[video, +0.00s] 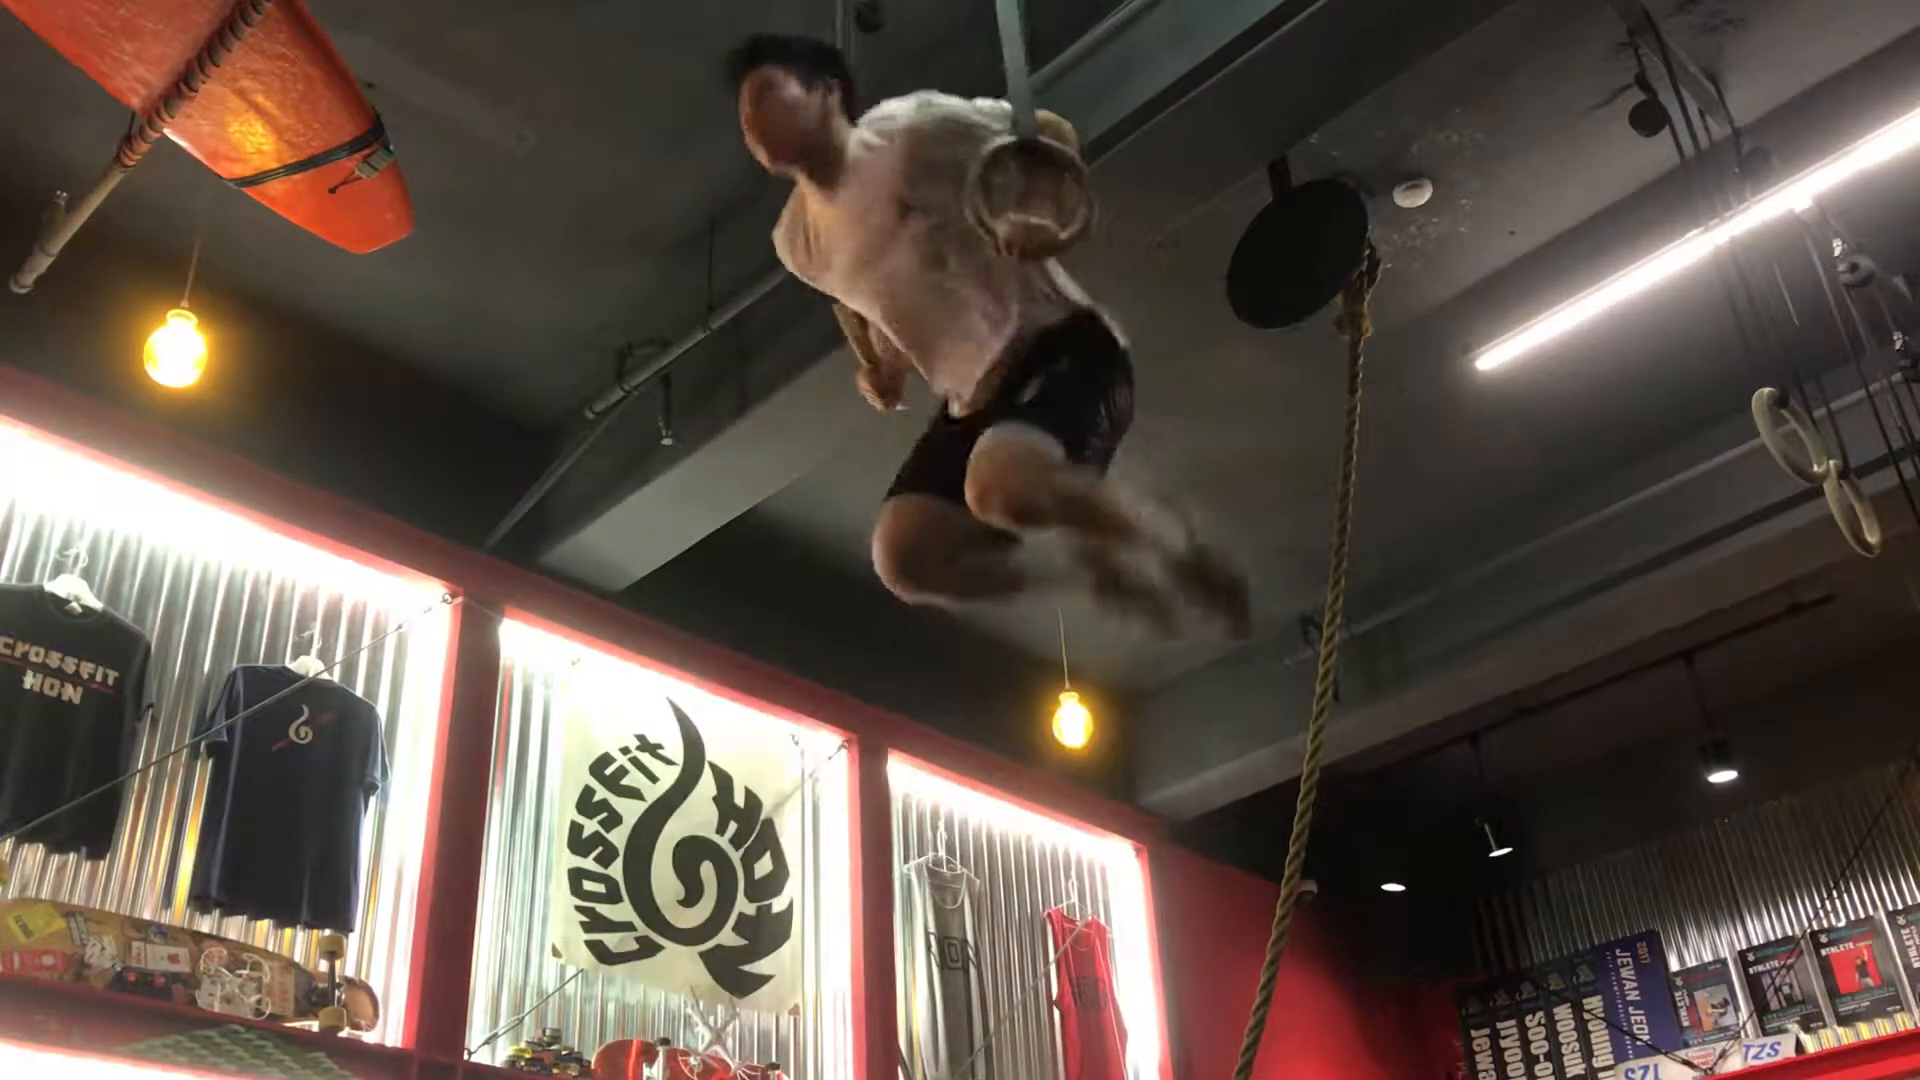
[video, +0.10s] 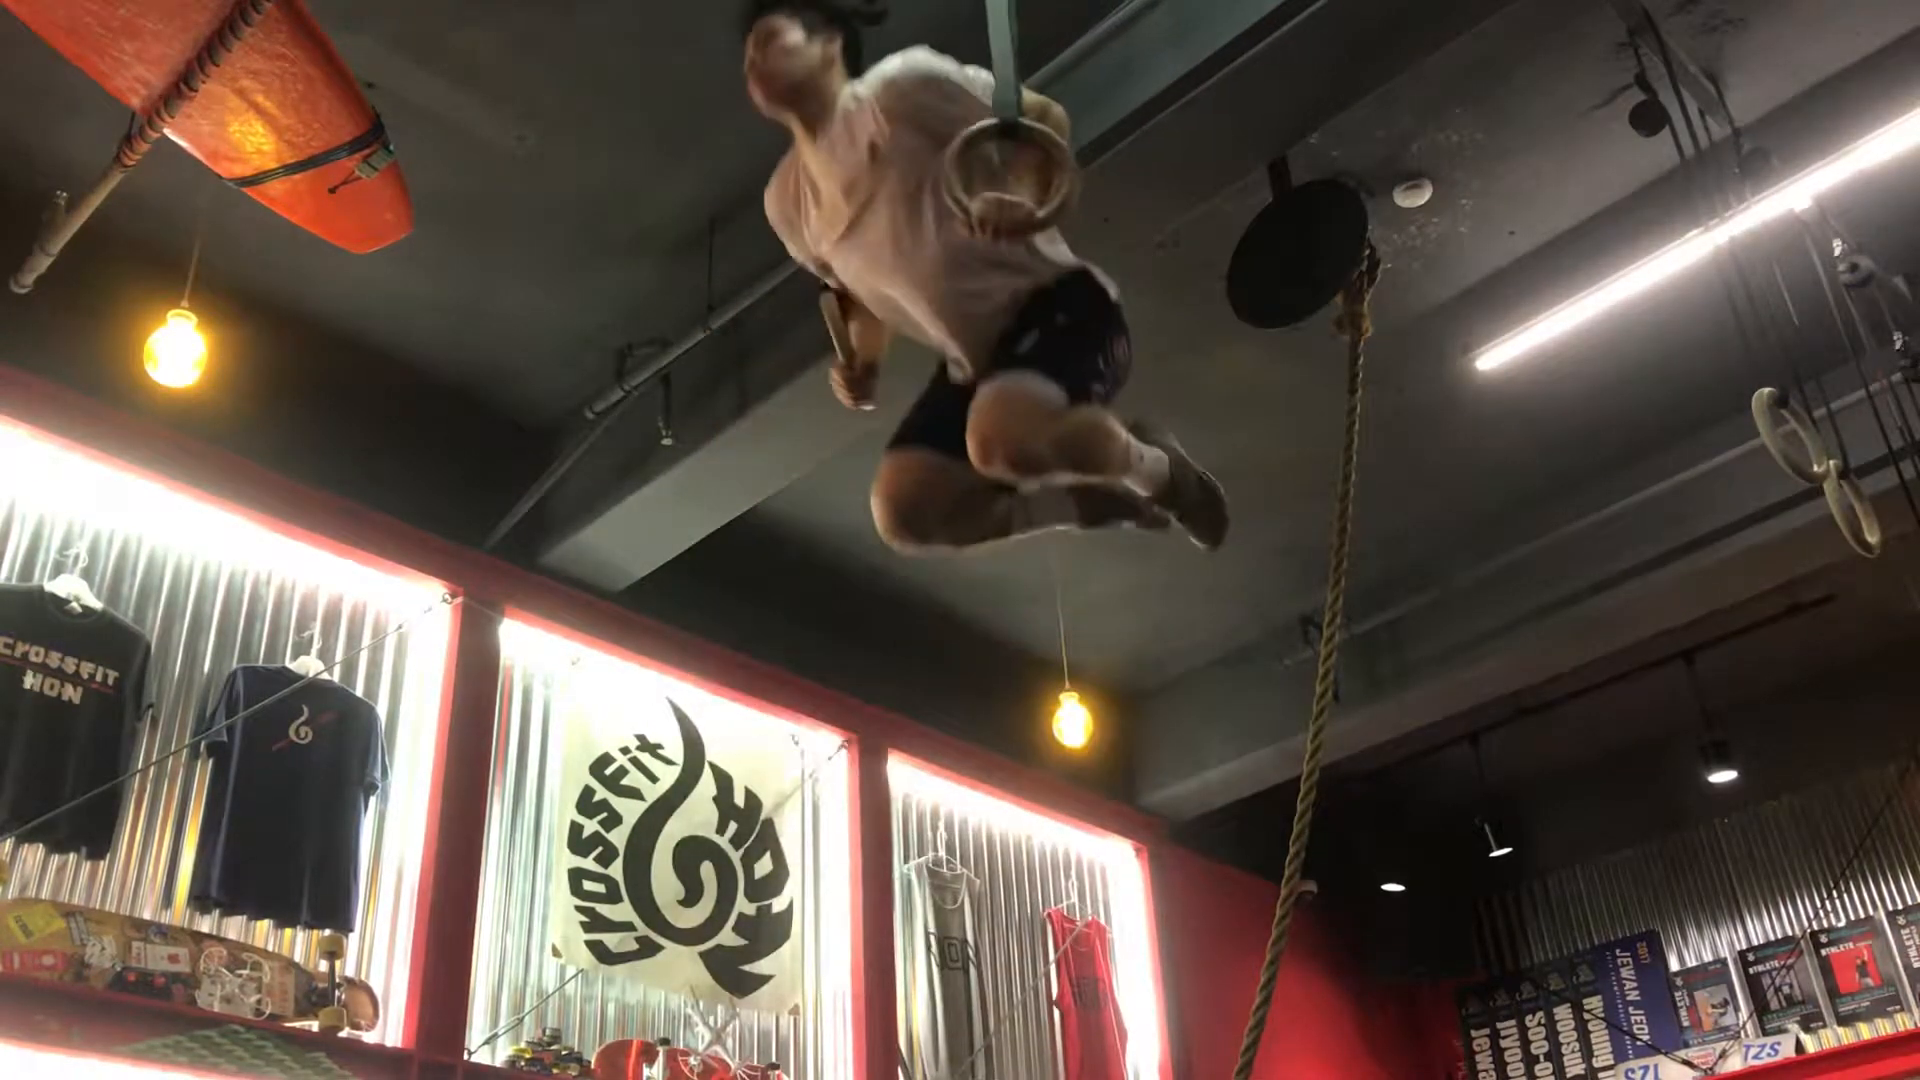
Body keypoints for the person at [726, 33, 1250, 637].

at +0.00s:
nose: (752, 125)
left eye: (767, 98)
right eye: (744, 111)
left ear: (829, 97)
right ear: (750, 137)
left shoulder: (910, 130)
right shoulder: (795, 242)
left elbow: (1049, 139)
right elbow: (850, 299)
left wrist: (1044, 213)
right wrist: (874, 361)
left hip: (1062, 348)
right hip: (976, 412)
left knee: (1002, 483)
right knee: (906, 557)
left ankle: (1180, 550)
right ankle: (1091, 564)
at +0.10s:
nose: (755, 58)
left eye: (775, 38)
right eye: (749, 50)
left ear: (831, 46)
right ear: (751, 84)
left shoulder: (907, 84)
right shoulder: (786, 200)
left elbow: (1045, 117)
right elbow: (852, 292)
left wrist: (1028, 196)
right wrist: (859, 360)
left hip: (1060, 305)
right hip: (976, 369)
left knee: (999, 436)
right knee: (904, 507)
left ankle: (1158, 473)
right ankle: (1088, 507)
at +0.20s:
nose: (775, 11)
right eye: (767, 5)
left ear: (845, 2)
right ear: (765, 26)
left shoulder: (908, 38)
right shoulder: (792, 148)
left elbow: (1024, 109)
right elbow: (844, 266)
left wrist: (1009, 185)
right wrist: (849, 353)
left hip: (1045, 265)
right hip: (963, 327)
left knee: (988, 384)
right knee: (900, 457)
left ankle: (1160, 492)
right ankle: (1082, 521)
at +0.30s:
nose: (810, 1)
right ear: (801, 13)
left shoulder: (925, 19)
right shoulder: (815, 117)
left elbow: (989, 110)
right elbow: (843, 236)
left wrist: (1006, 198)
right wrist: (853, 338)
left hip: (1031, 245)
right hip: (945, 300)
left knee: (966, 347)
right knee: (883, 407)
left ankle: (1130, 537)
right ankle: (1041, 577)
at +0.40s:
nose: (836, 5)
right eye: (827, 3)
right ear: (828, 16)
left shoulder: (953, 24)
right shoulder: (843, 127)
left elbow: (1008, 146)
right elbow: (861, 247)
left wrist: (1014, 222)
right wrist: (850, 329)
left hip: (1037, 267)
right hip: (944, 312)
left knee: (937, 324)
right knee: (866, 362)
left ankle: (1031, 544)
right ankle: (943, 593)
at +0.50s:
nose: (856, 33)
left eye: (868, 11)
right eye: (844, 25)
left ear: (923, 9)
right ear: (845, 41)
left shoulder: (987, 62)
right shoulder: (867, 157)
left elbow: (1087, 153)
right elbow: (893, 265)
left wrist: (1072, 222)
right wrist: (867, 308)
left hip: (1039, 300)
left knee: (918, 314)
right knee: (846, 364)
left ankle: (905, 505)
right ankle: (836, 543)